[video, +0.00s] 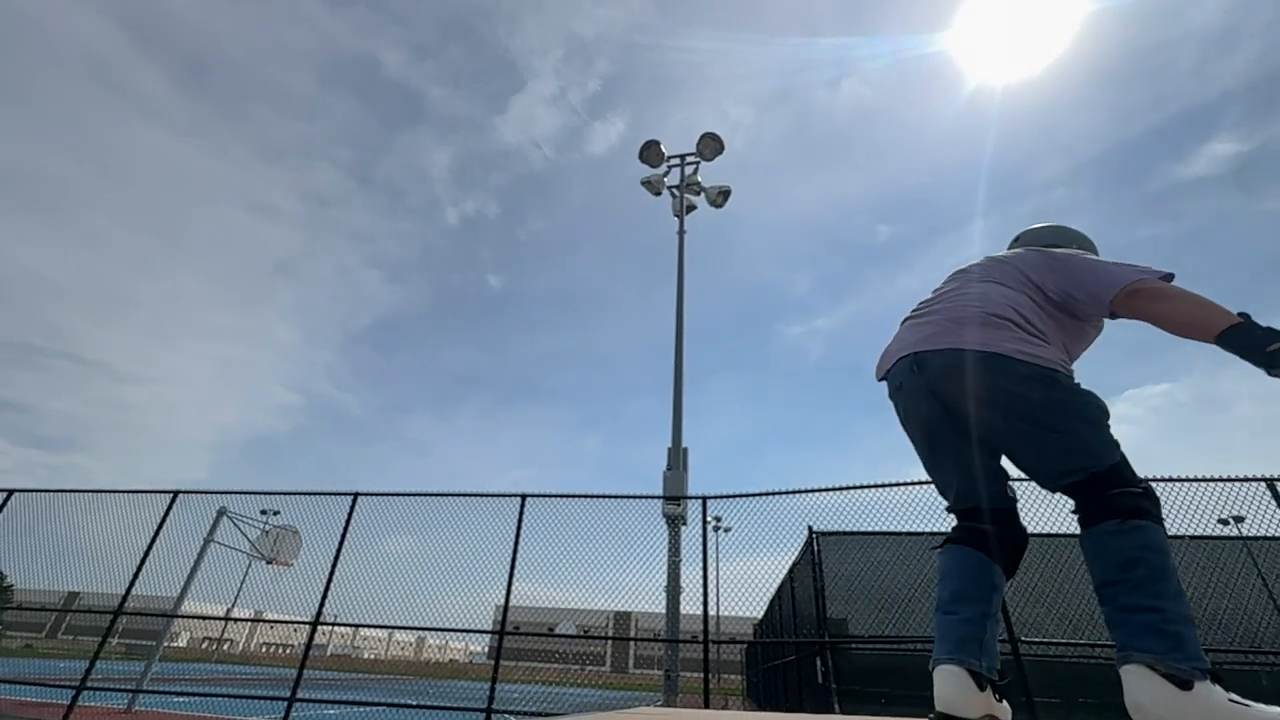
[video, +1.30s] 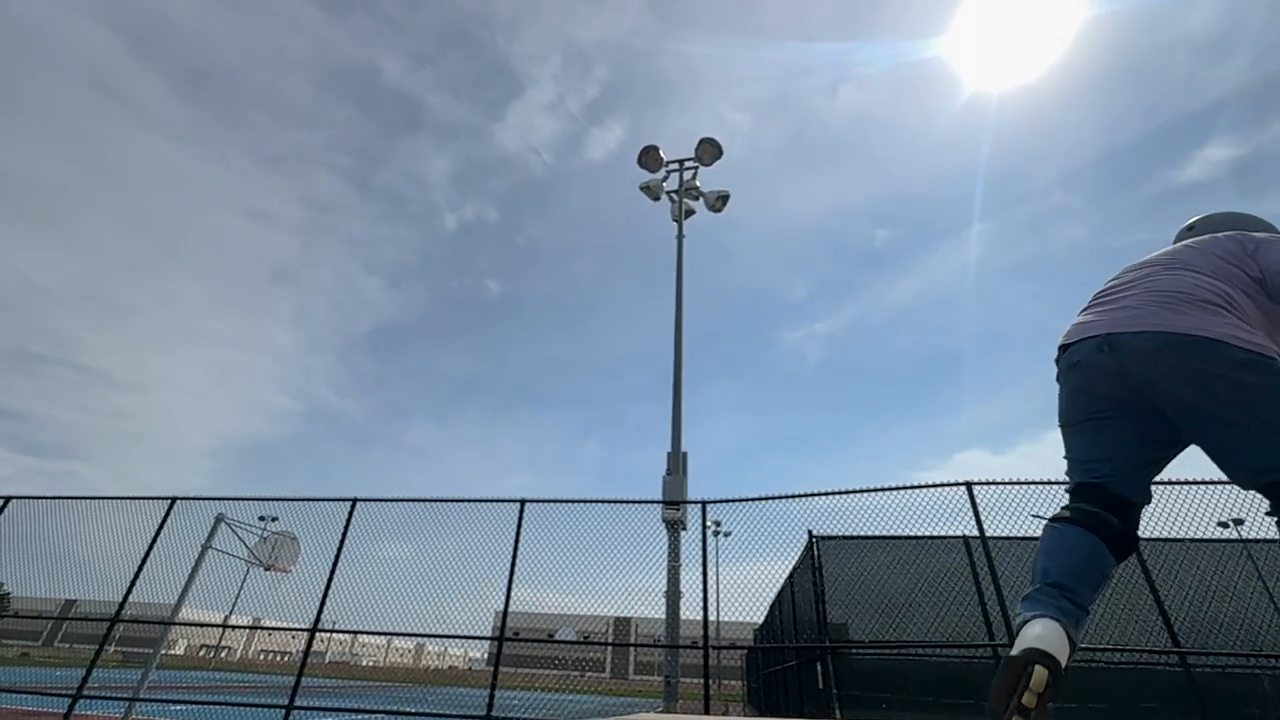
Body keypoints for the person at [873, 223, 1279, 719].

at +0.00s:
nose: (1095, 277)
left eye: (1091, 271)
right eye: (1089, 267)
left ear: (1019, 250)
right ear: (1073, 256)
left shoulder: (972, 275)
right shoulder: (1069, 262)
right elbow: (1152, 297)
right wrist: (1254, 339)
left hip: (909, 368)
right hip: (1004, 354)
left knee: (983, 522)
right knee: (1113, 496)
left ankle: (959, 671)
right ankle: (1166, 674)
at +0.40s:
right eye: (1145, 272)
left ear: (1073, 254)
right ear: (1132, 259)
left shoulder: (1031, 280)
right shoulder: (1129, 266)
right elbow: (1210, 302)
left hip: (962, 374)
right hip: (1057, 361)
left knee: (1020, 533)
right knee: (1184, 501)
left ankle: (977, 677)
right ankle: (1236, 672)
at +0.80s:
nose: (1206, 259)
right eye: (1200, 251)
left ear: (1125, 240)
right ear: (1184, 241)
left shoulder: (1090, 267)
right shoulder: (1185, 251)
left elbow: (1141, 368)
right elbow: (1266, 290)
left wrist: (1234, 406)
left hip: (1014, 362)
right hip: (1114, 348)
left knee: (1047, 518)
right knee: (1239, 485)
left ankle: (992, 666)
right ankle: (1272, 661)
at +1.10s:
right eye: (1247, 250)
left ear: (1164, 243)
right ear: (1230, 241)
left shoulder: (1123, 268)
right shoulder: (1241, 252)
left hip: (1060, 360)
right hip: (1169, 347)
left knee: (1077, 513)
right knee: (1272, 484)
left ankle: (1026, 643)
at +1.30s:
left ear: (1186, 240)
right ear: (1253, 233)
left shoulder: (1147, 265)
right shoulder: (1266, 243)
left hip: (1089, 349)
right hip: (1210, 340)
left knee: (1098, 505)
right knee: (1275, 484)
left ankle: (1044, 631)